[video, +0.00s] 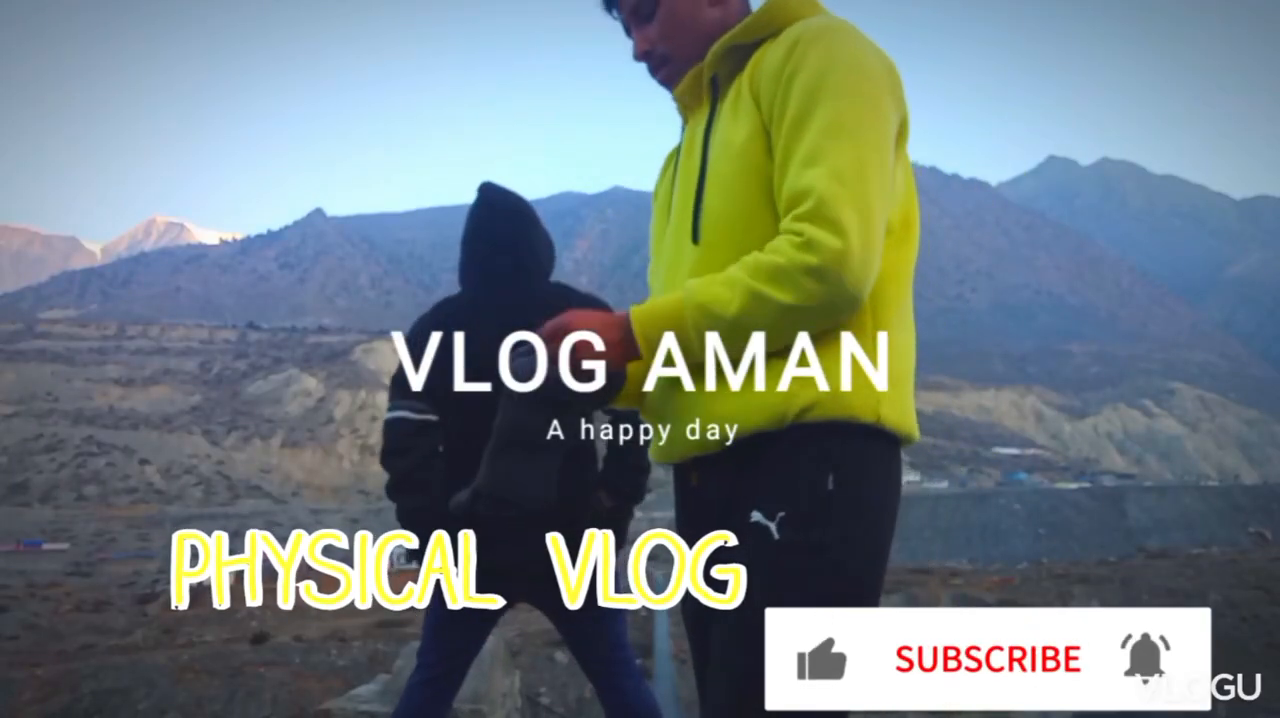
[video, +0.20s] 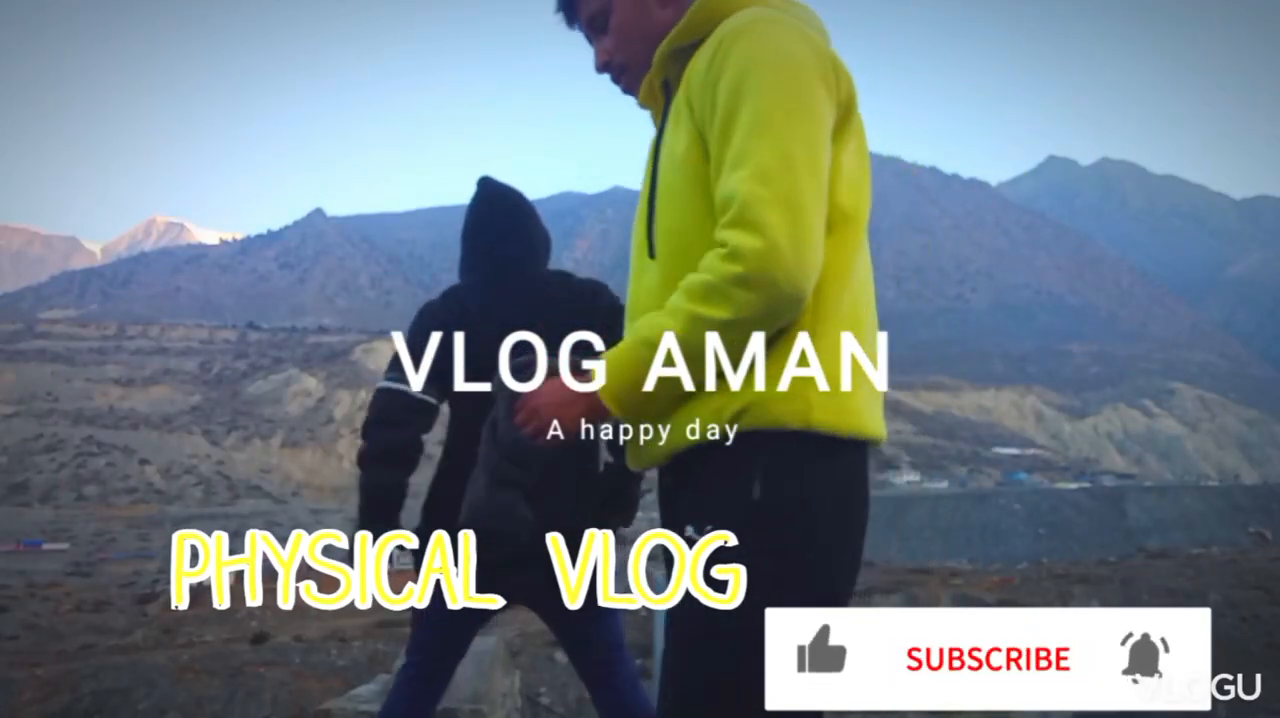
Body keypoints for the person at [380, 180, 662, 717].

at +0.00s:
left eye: (476, 243)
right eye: (537, 238)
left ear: (471, 248)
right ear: (540, 244)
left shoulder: (436, 328)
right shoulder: (590, 319)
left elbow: (406, 445)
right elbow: (630, 432)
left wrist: (430, 536)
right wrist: (608, 513)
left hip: (473, 546)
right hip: (569, 543)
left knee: (431, 684)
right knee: (620, 678)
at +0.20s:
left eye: (475, 238)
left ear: (472, 244)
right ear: (536, 239)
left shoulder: (446, 316)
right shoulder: (593, 304)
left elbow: (392, 430)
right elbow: (632, 420)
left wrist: (378, 536)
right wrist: (615, 513)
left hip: (466, 542)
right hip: (566, 542)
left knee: (418, 683)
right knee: (620, 687)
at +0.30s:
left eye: (462, 241)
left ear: (460, 246)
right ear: (526, 242)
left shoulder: (435, 318)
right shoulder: (577, 308)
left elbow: (373, 426)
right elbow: (625, 405)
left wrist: (332, 526)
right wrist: (631, 496)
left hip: (455, 544)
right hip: (554, 542)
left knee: (412, 689)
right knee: (606, 684)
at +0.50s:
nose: (505, 247)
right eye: (503, 238)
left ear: (438, 241)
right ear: (501, 240)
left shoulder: (404, 311)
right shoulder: (541, 304)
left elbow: (330, 404)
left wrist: (283, 479)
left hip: (429, 532)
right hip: (528, 530)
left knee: (410, 689)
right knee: (588, 682)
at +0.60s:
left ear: (439, 240)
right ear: (505, 241)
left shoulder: (409, 311)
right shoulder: (528, 312)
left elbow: (341, 386)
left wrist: (294, 439)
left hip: (434, 532)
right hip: (525, 527)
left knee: (414, 688)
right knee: (578, 682)